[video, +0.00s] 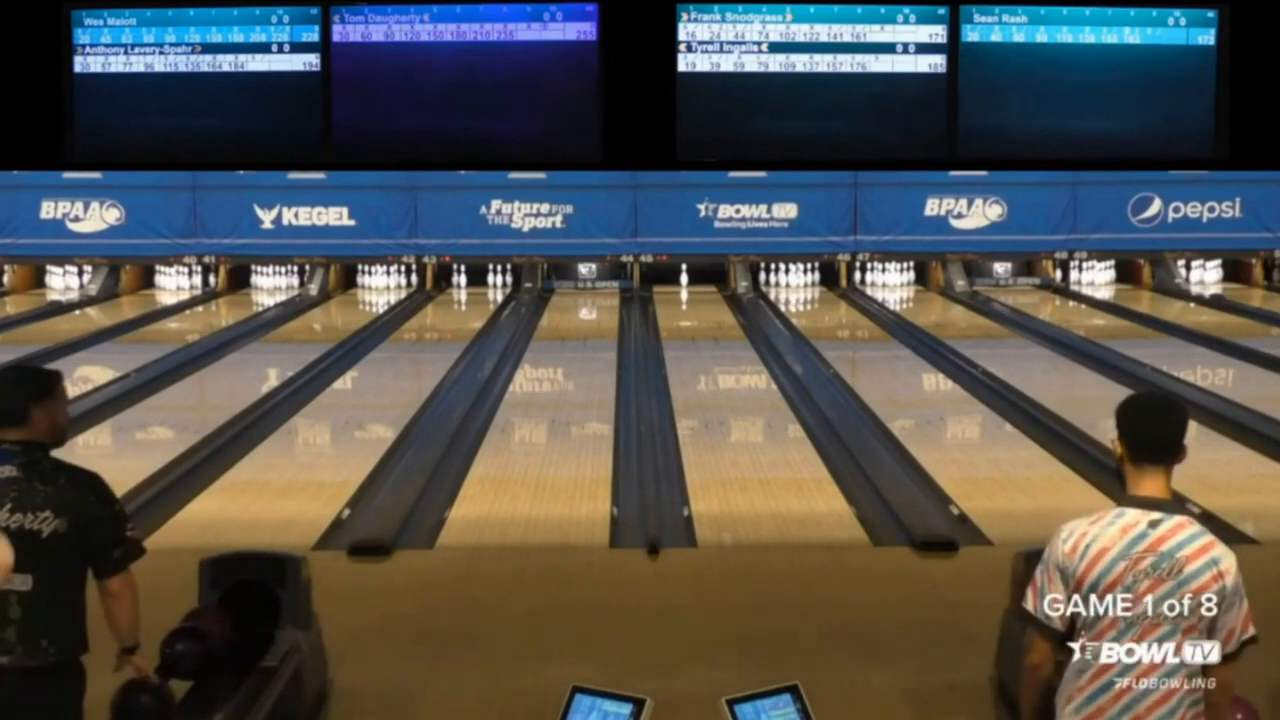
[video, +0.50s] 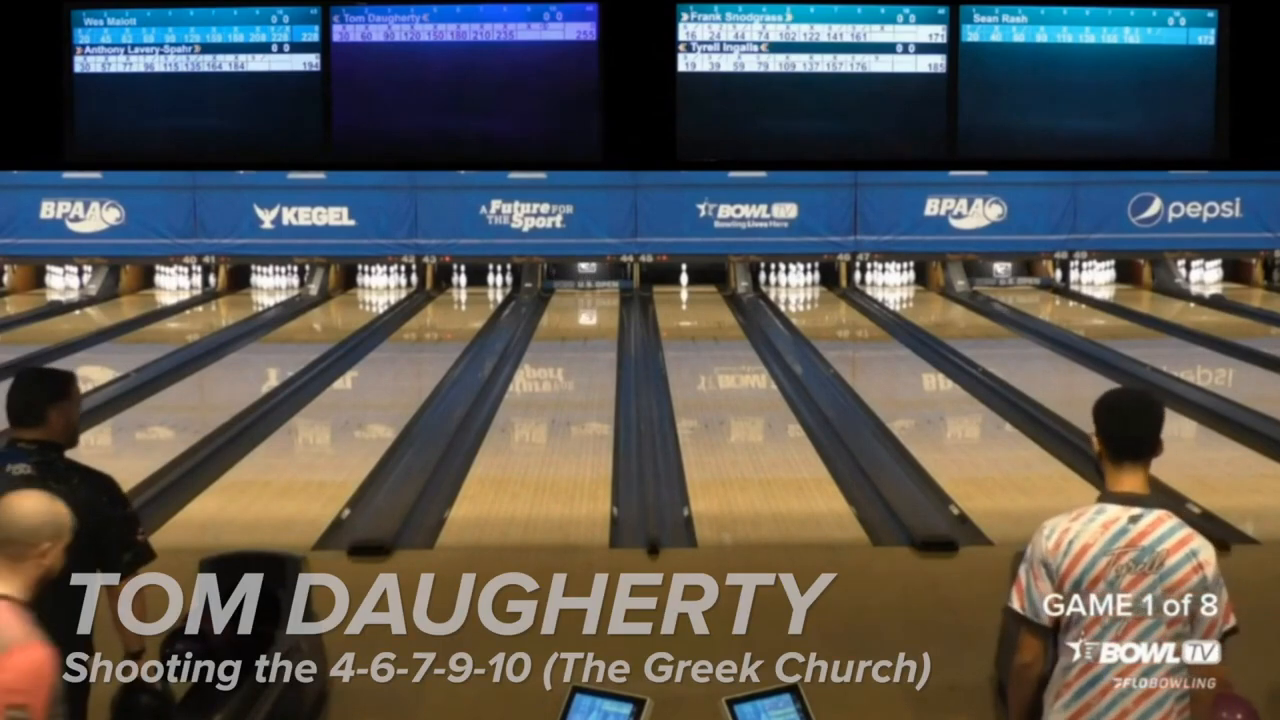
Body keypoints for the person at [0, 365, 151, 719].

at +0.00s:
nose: (68, 413)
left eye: (66, 403)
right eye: (61, 403)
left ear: (7, 409)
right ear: (37, 411)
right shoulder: (81, 489)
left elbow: (115, 586)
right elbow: (115, 586)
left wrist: (129, 650)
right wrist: (130, 650)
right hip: (49, 673)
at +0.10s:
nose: (69, 412)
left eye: (67, 402)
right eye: (63, 403)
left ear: (7, 409)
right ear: (38, 411)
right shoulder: (82, 489)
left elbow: (116, 587)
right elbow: (115, 586)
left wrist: (130, 651)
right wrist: (131, 651)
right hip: (50, 673)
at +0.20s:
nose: (70, 413)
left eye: (68, 403)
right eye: (64, 403)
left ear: (5, 409)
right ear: (40, 411)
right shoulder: (84, 489)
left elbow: (115, 584)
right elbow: (115, 582)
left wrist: (130, 649)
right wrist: (132, 649)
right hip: (52, 664)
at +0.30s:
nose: (73, 413)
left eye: (71, 403)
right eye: (67, 403)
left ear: (6, 410)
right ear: (46, 410)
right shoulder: (87, 489)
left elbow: (115, 582)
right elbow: (116, 580)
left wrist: (129, 644)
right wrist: (131, 644)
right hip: (54, 659)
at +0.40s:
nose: (75, 413)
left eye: (73, 404)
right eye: (70, 403)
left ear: (7, 410)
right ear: (50, 411)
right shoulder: (89, 489)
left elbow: (116, 585)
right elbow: (117, 584)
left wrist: (131, 650)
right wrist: (133, 650)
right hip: (57, 655)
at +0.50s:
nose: (79, 415)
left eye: (79, 406)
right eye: (75, 405)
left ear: (13, 410)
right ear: (55, 412)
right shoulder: (94, 489)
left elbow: (118, 585)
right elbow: (120, 583)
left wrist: (131, 649)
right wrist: (133, 647)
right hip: (61, 651)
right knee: (64, 711)